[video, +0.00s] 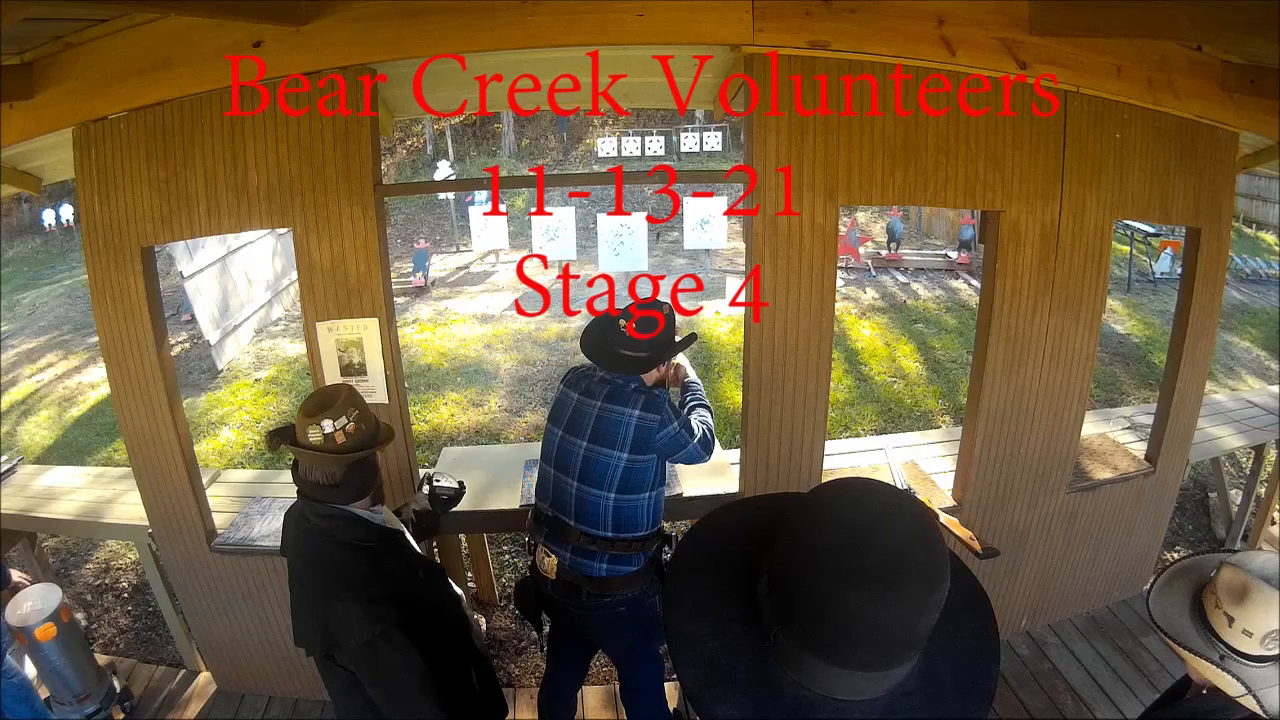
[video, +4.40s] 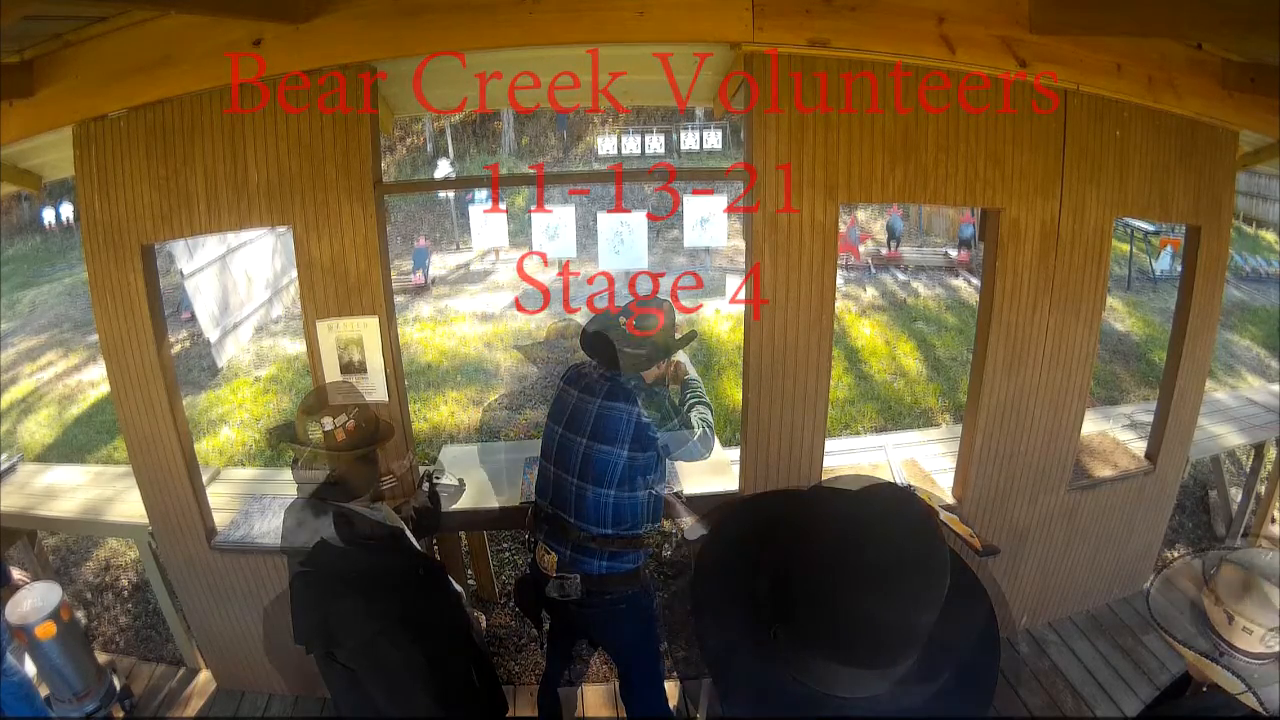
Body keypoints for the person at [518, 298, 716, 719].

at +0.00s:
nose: (668, 360)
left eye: (667, 354)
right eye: (666, 354)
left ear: (607, 350)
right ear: (652, 364)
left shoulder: (571, 383)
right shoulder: (653, 412)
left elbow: (615, 392)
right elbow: (701, 445)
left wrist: (651, 379)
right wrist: (690, 380)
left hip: (558, 577)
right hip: (619, 590)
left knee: (558, 685)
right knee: (645, 690)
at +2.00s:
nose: (668, 359)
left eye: (667, 352)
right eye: (666, 353)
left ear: (607, 349)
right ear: (653, 364)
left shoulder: (572, 382)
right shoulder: (654, 412)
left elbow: (616, 394)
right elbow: (702, 444)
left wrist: (651, 378)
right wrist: (691, 380)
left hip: (556, 577)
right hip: (618, 590)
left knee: (559, 681)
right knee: (645, 688)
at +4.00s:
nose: (669, 359)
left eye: (668, 352)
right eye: (666, 352)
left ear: (609, 347)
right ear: (653, 362)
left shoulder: (572, 380)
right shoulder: (652, 410)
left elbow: (617, 391)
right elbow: (701, 442)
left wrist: (653, 377)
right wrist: (692, 379)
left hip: (555, 574)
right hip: (617, 587)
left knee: (559, 678)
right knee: (645, 685)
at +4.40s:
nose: (668, 357)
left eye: (667, 351)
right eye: (665, 351)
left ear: (611, 346)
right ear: (650, 360)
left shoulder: (573, 381)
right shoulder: (640, 422)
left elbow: (618, 392)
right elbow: (702, 441)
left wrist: (649, 377)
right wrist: (689, 377)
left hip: (554, 577)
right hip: (614, 589)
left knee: (556, 681)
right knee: (646, 693)